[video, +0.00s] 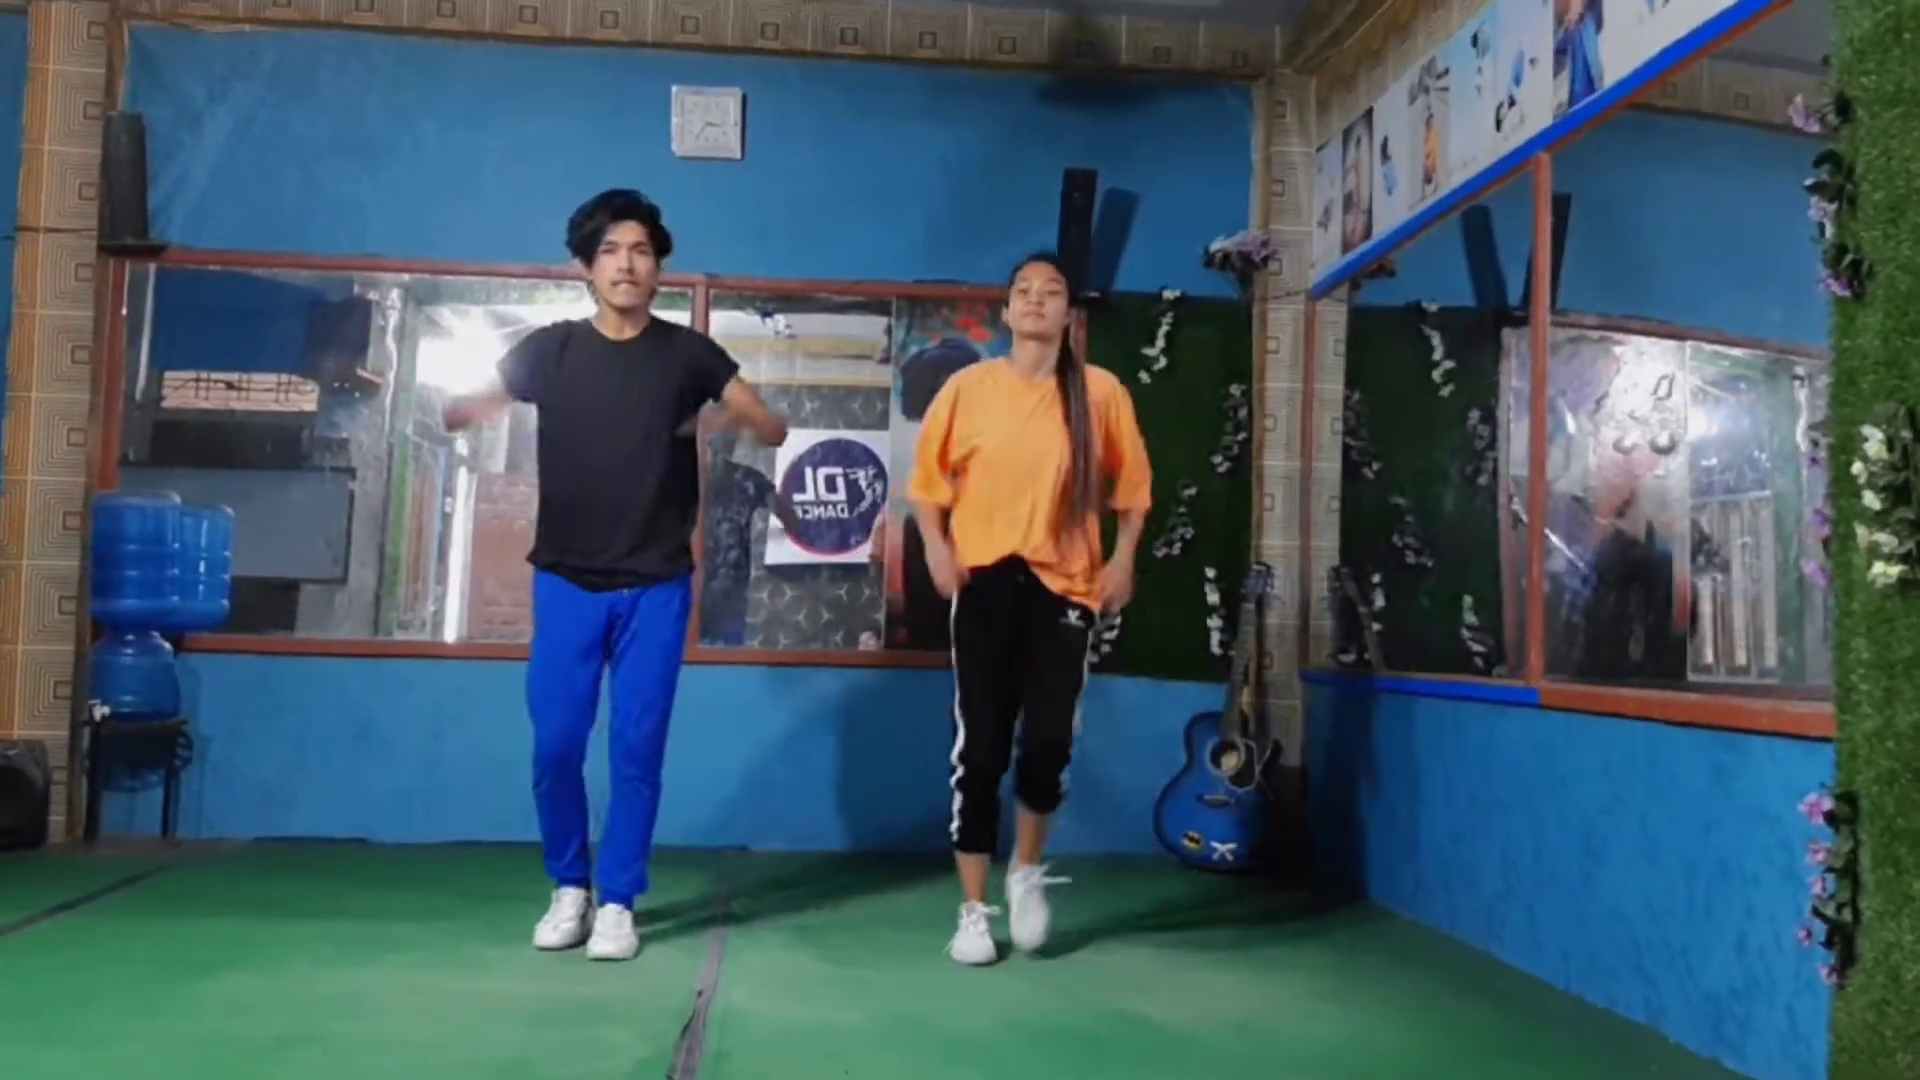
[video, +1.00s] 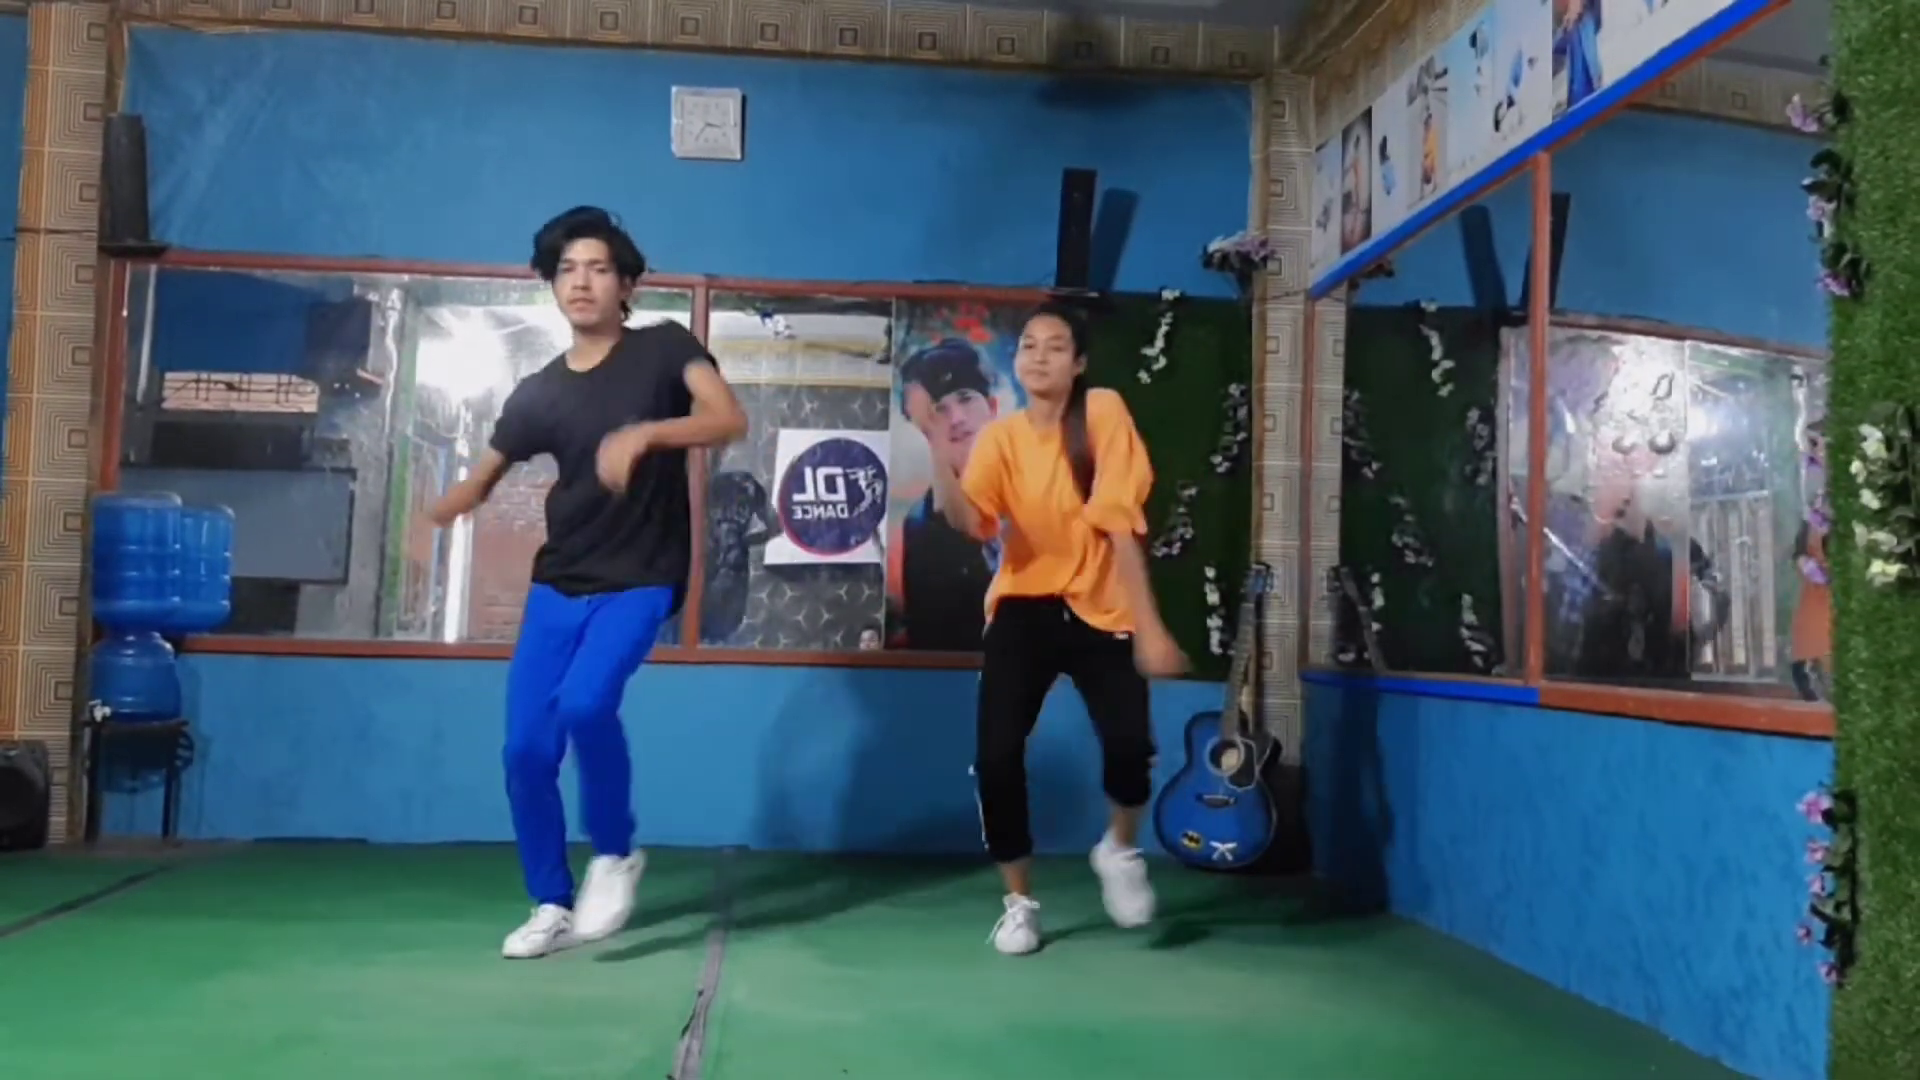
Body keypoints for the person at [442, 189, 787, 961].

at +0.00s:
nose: (629, 264)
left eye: (642, 251)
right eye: (613, 251)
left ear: (660, 268)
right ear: (586, 267)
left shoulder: (691, 354)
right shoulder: (549, 348)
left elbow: (773, 432)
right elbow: (485, 402)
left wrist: (743, 412)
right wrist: (459, 411)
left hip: (657, 585)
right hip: (565, 583)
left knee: (637, 748)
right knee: (553, 744)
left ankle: (617, 903)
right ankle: (568, 888)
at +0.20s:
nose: (625, 284)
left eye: (638, 271)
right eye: (609, 270)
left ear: (655, 285)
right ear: (583, 284)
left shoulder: (692, 368)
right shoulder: (551, 375)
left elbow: (777, 425)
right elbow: (487, 440)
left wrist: (796, 463)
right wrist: (440, 484)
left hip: (658, 593)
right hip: (566, 592)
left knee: (649, 725)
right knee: (548, 743)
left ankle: (626, 868)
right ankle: (566, 898)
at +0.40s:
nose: (637, 272)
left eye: (652, 258)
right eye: (623, 257)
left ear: (673, 271)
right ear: (600, 270)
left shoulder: (705, 358)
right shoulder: (574, 360)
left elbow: (739, 463)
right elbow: (517, 453)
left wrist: (799, 457)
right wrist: (414, 446)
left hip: (662, 581)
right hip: (579, 578)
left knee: (657, 741)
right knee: (523, 726)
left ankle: (694, 885)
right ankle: (510, 902)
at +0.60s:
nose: (624, 265)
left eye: (638, 251)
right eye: (609, 252)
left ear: (662, 265)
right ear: (588, 269)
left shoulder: (699, 345)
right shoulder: (563, 355)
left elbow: (793, 401)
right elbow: (472, 404)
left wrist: (784, 336)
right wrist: (419, 335)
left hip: (665, 575)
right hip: (579, 565)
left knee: (655, 727)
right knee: (496, 685)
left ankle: (673, 865)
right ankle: (538, 844)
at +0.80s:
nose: (604, 271)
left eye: (618, 256)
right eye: (588, 258)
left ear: (642, 271)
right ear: (569, 275)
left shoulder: (682, 362)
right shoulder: (549, 368)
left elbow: (736, 464)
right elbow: (505, 470)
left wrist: (700, 535)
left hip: (628, 587)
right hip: (549, 583)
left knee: (586, 736)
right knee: (528, 740)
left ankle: (598, 892)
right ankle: (553, 898)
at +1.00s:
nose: (582, 282)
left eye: (598, 269)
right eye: (569, 271)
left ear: (626, 284)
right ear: (553, 287)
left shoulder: (665, 346)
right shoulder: (540, 392)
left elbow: (729, 420)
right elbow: (484, 475)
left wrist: (643, 434)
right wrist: (446, 509)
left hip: (642, 578)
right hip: (559, 582)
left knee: (584, 704)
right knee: (523, 745)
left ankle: (615, 855)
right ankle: (552, 904)